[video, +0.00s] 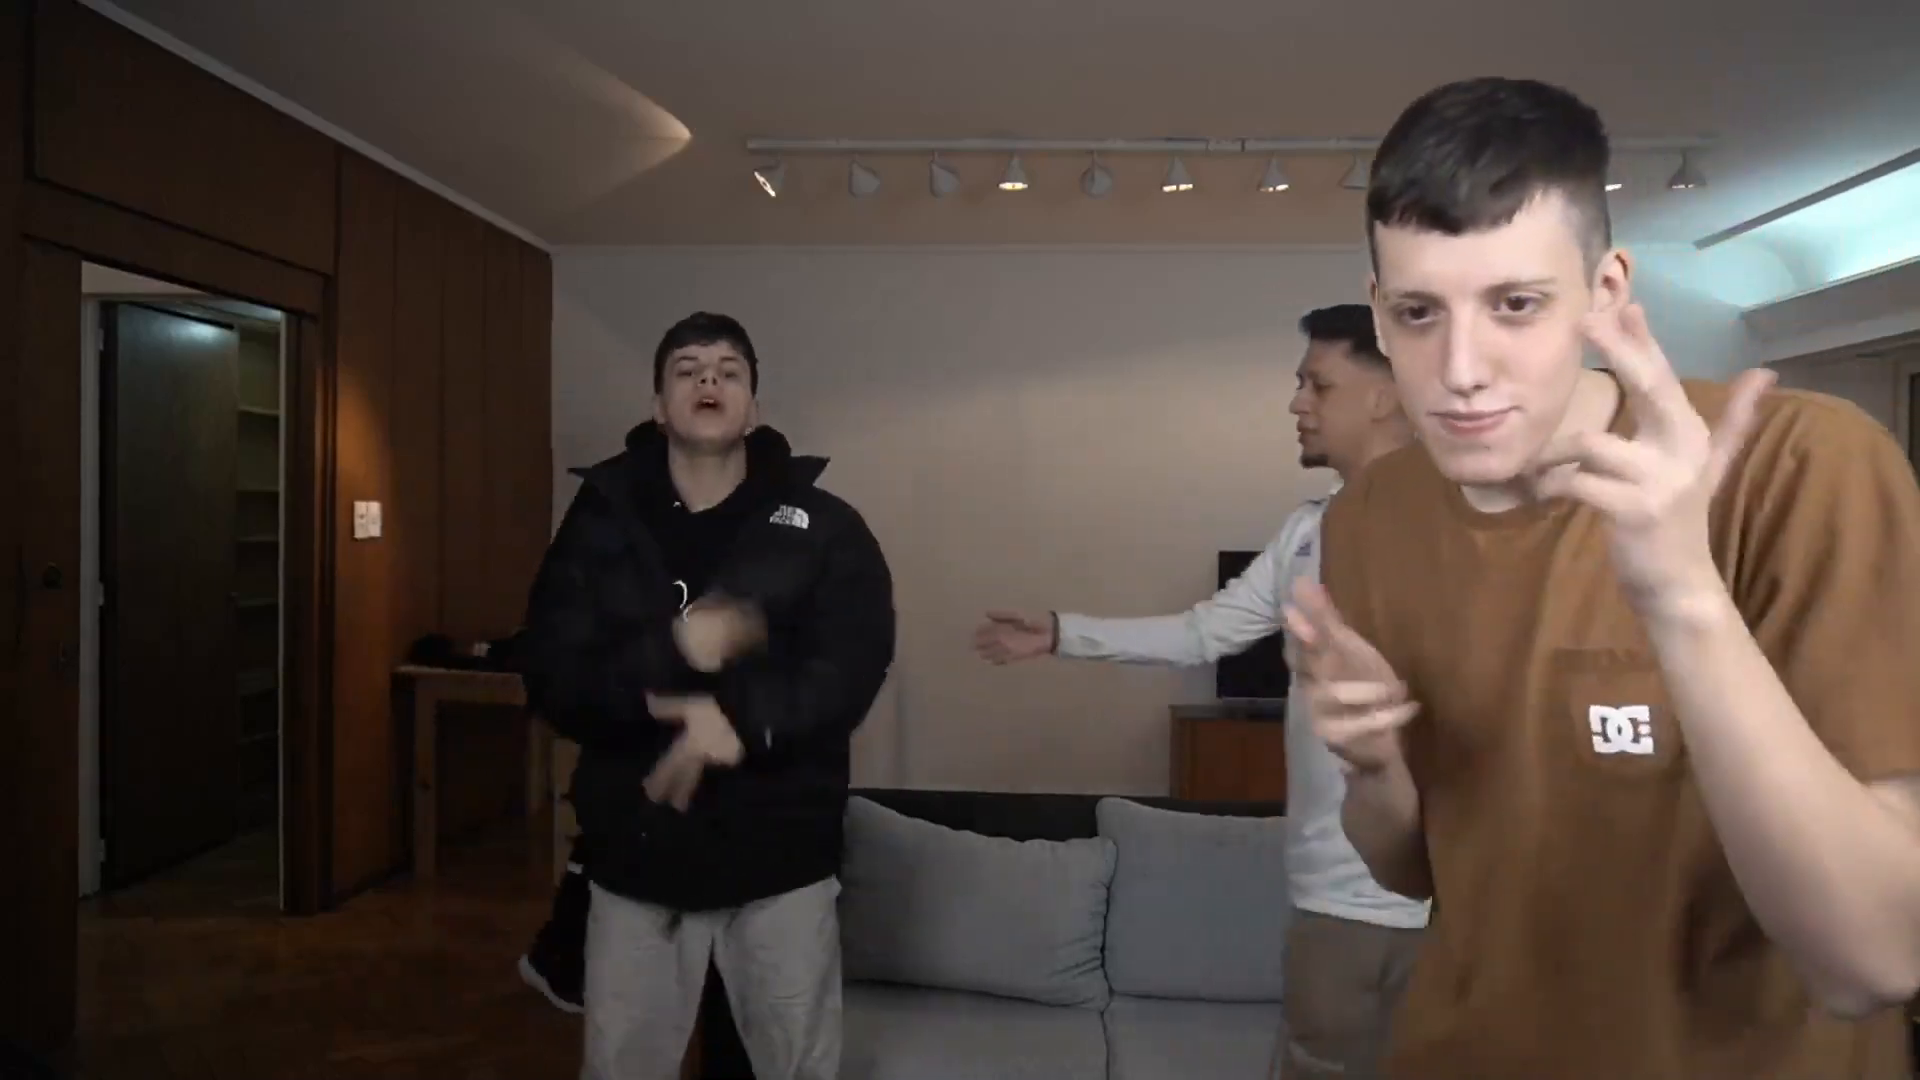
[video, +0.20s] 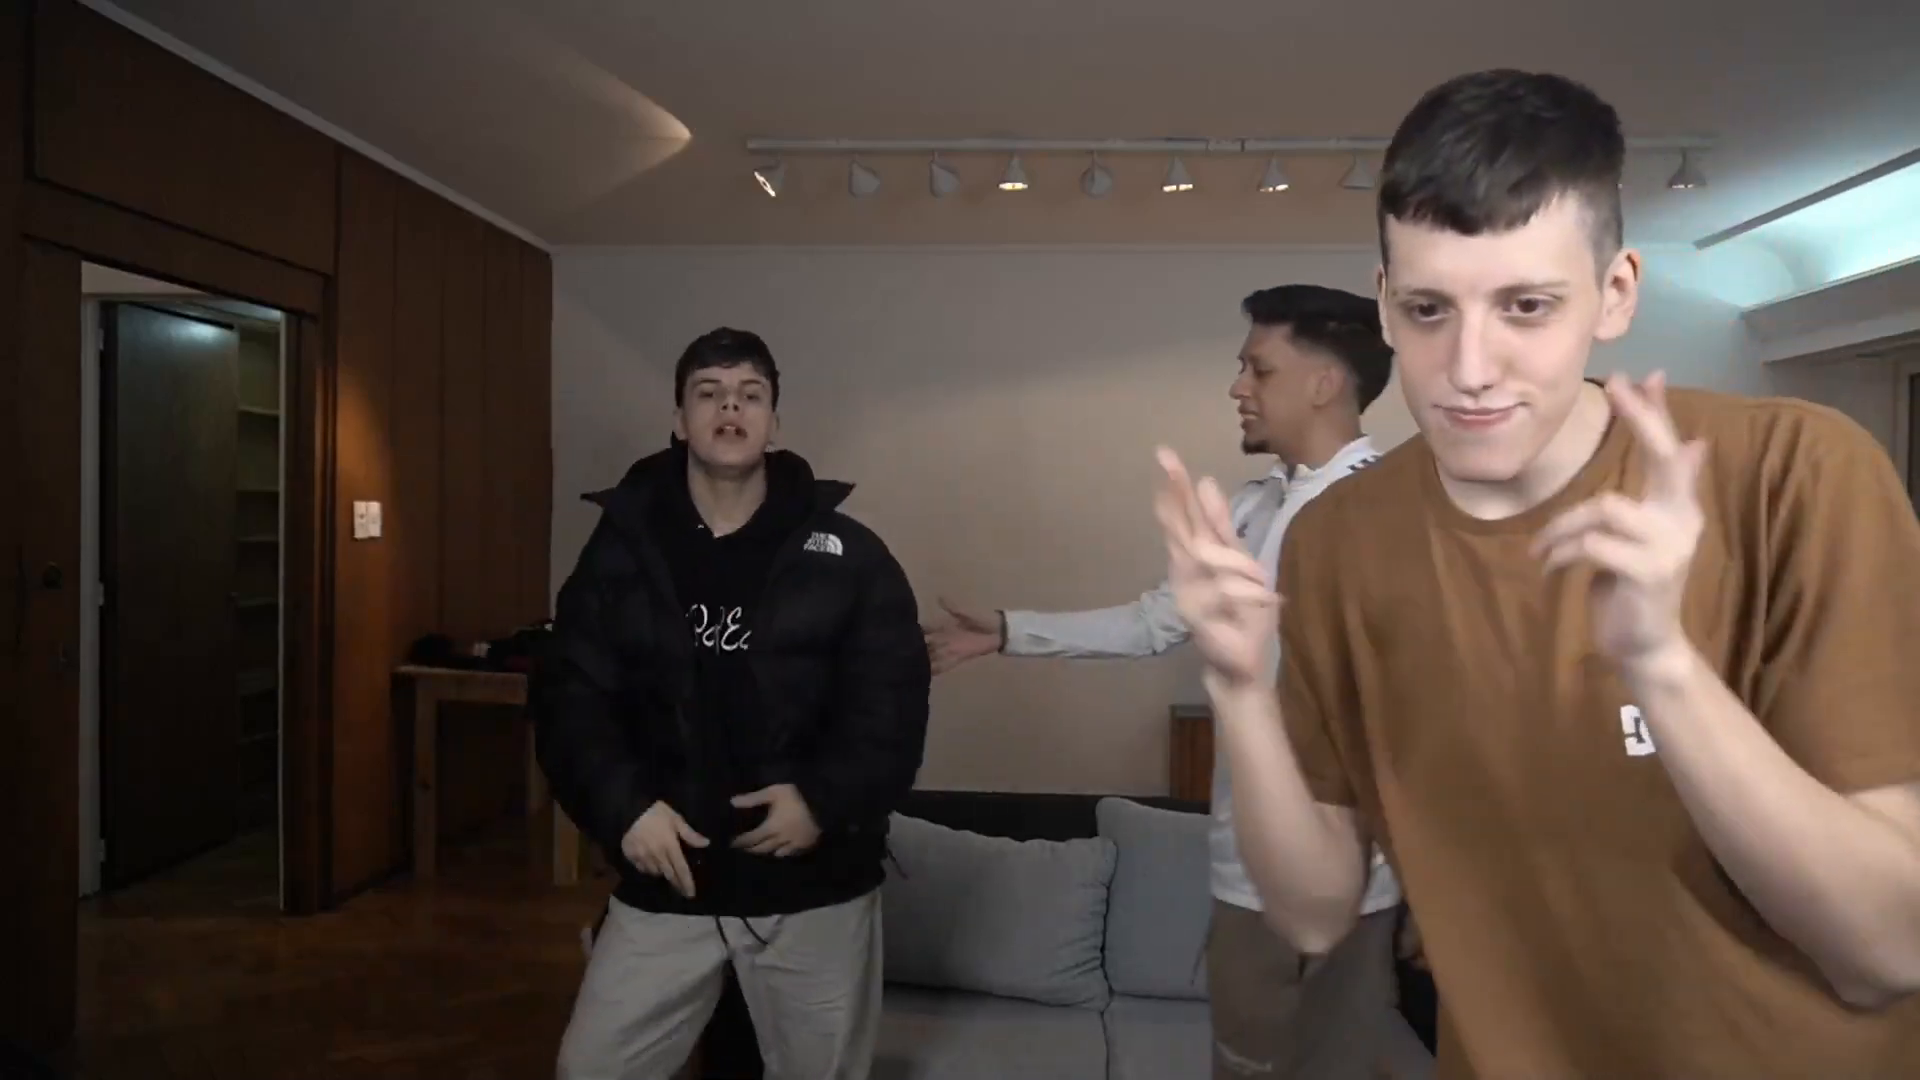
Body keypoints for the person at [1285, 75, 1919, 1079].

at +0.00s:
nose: (1461, 371)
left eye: (1515, 306)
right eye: (1417, 313)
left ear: (1608, 295)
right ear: (1381, 314)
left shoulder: (1806, 472)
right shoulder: (1372, 521)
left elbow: (1874, 960)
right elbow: (1408, 876)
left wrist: (1682, 594)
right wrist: (1374, 769)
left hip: (1749, 1061)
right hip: (1462, 1052)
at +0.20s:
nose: (1469, 369)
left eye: (1524, 305)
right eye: (1426, 309)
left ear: (1616, 295)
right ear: (1385, 303)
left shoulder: (1801, 479)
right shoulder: (1337, 548)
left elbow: (1886, 949)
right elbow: (1316, 919)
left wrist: (1662, 663)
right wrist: (1243, 692)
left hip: (1807, 1061)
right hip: (1501, 1062)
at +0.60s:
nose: (1452, 331)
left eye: (1504, 270)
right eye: (1411, 276)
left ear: (1608, 258)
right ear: (1379, 271)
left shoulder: (1791, 491)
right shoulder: (1320, 487)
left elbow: (1838, 900)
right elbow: (1266, 820)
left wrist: (1562, 838)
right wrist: (1221, 667)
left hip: (1666, 1064)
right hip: (1361, 1059)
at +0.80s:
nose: (1380, 316)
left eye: (1435, 262)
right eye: (1363, 264)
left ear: (1572, 249)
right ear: (1346, 250)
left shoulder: (1752, 505)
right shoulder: (1355, 461)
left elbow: (1876, 931)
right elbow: (1342, 714)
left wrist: (1536, 1000)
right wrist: (1287, 777)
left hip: (1617, 1066)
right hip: (1342, 1055)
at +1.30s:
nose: (1368, 275)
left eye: (1363, 229)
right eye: (1360, 234)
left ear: (1436, 223)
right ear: (1579, 196)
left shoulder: (1665, 454)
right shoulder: (1598, 435)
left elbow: (1787, 996)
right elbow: (1657, 830)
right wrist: (1498, 982)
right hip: (1576, 1042)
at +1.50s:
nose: (1427, 248)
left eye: (1427, 200)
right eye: (1421, 205)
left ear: (1504, 204)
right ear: (1654, 193)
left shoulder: (1667, 453)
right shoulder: (1766, 393)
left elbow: (1706, 984)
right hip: (1837, 1045)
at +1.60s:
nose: (1457, 251)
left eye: (1462, 204)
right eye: (1454, 208)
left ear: (1540, 210)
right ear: (1682, 202)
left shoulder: (1708, 449)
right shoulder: (1787, 400)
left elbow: (1668, 953)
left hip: (1722, 1058)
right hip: (1819, 1043)